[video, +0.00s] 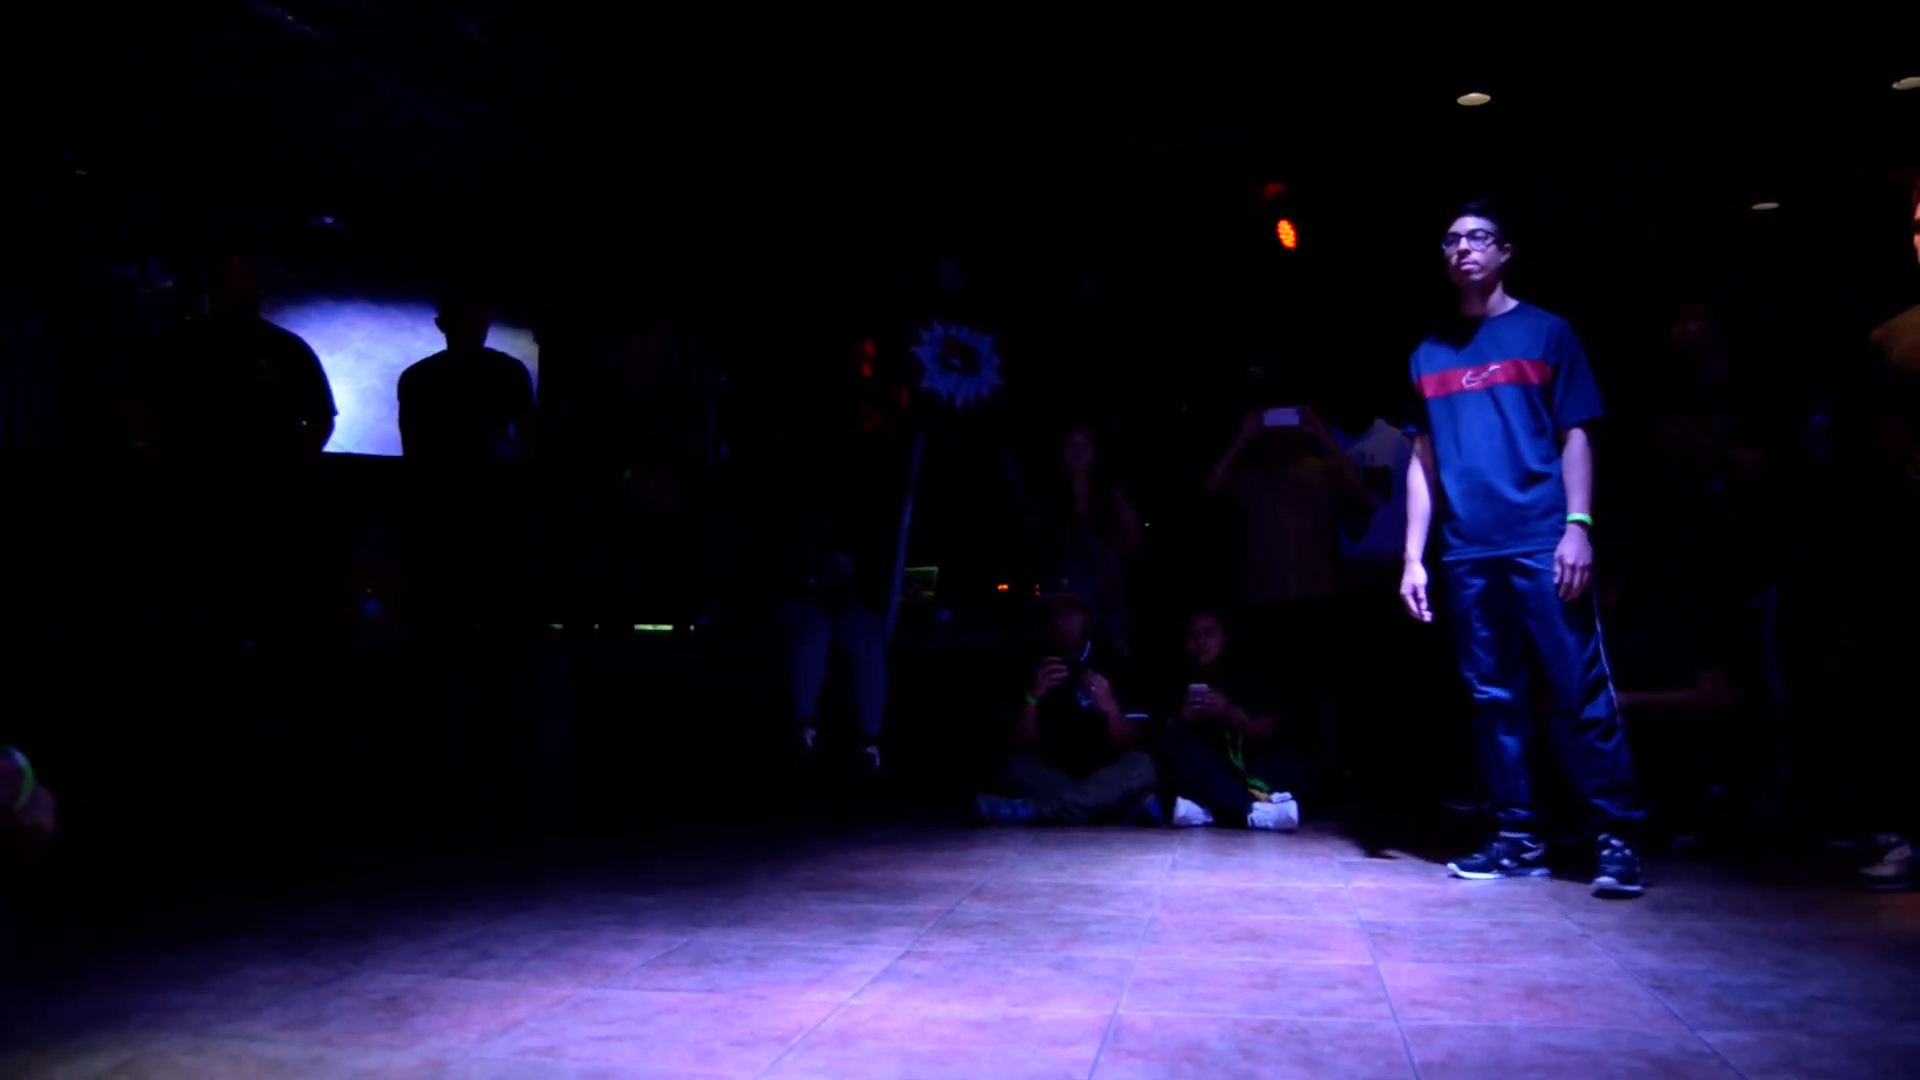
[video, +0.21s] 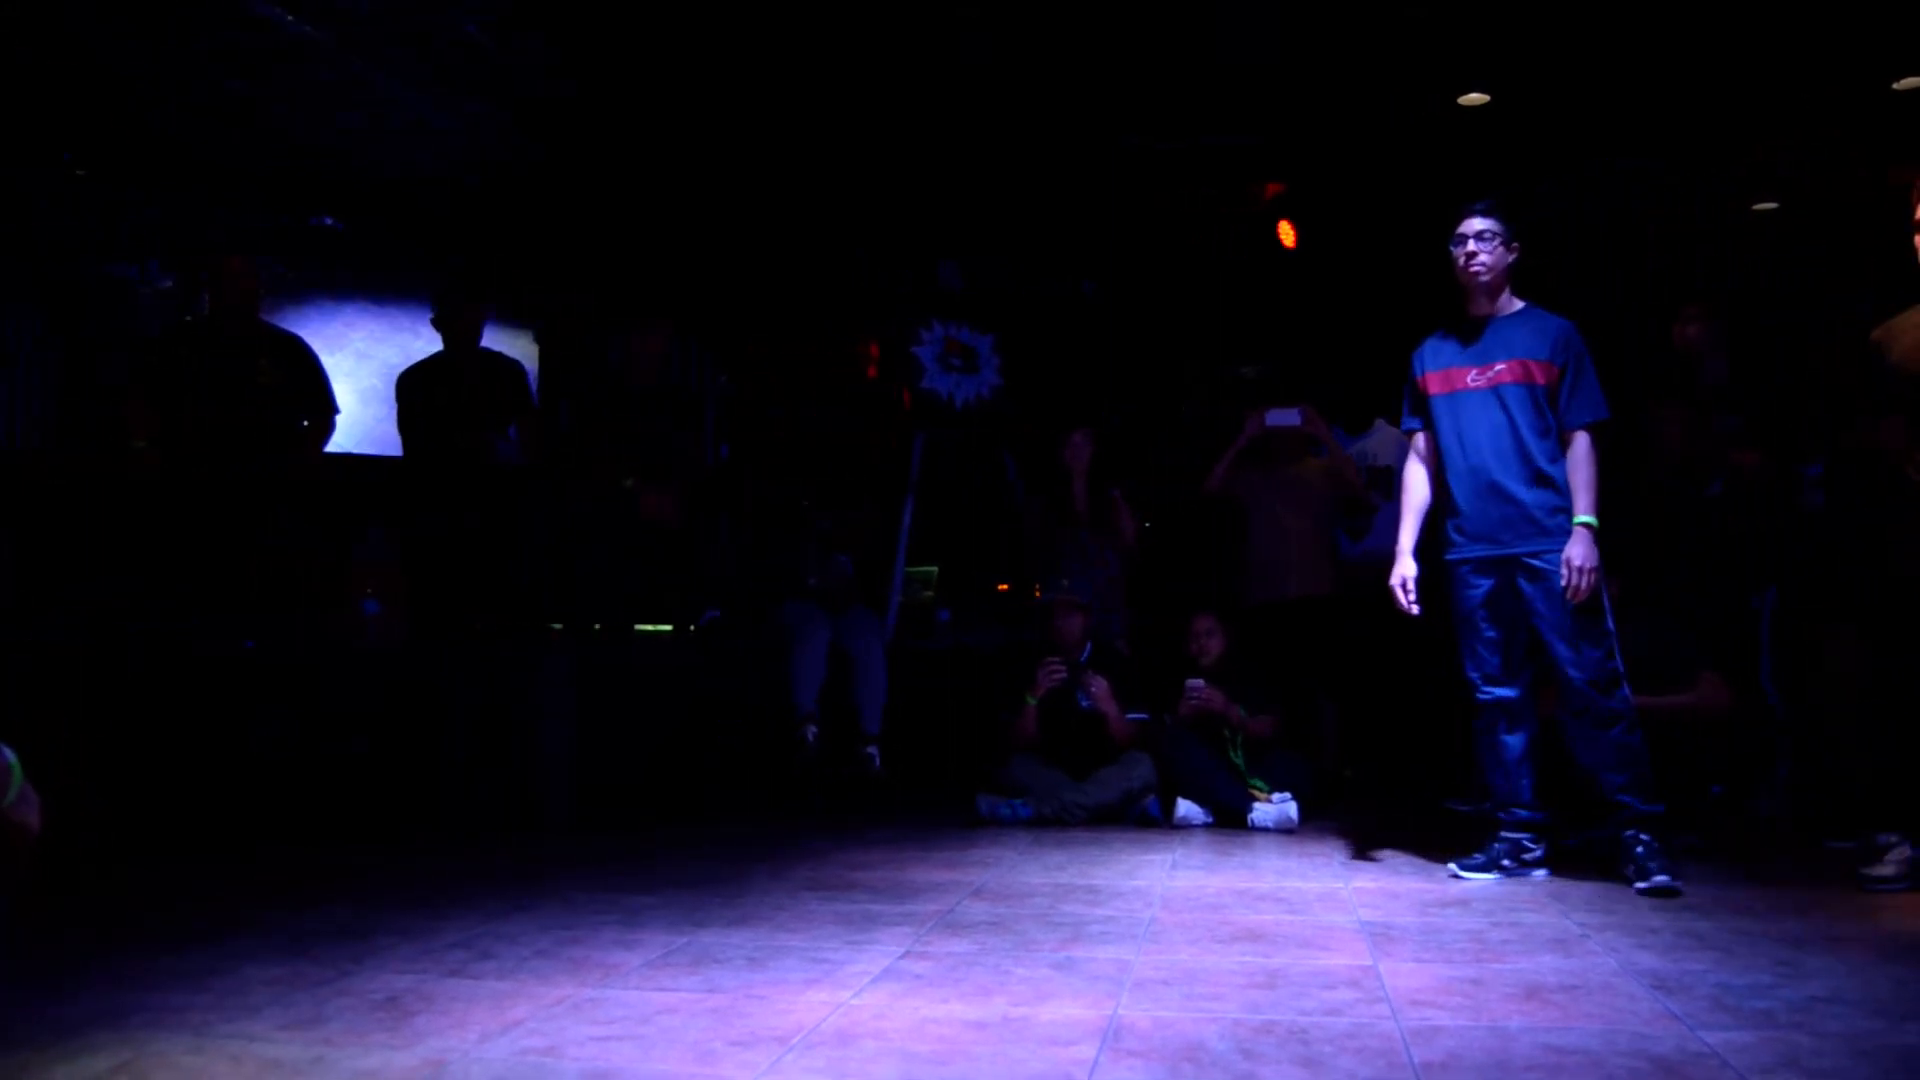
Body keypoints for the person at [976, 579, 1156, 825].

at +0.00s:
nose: (1066, 631)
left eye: (1072, 622)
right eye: (1059, 624)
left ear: (1085, 625)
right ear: (1049, 628)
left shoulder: (1109, 662)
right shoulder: (1035, 664)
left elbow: (1128, 738)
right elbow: (1021, 741)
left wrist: (1108, 705)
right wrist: (1034, 695)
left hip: (1100, 755)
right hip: (1050, 756)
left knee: (1140, 767)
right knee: (1016, 769)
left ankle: (1035, 809)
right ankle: (1119, 808)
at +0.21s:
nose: (1066, 629)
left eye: (1073, 620)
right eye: (1059, 621)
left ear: (1086, 623)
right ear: (1049, 627)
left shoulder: (1108, 662)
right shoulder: (1035, 664)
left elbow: (1127, 738)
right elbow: (1021, 741)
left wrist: (1107, 705)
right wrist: (1034, 695)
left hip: (1100, 756)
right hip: (1050, 757)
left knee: (1141, 766)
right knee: (1016, 769)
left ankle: (1036, 809)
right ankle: (1119, 808)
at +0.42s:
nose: (1065, 627)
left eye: (1072, 618)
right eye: (1058, 619)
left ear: (1086, 622)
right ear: (1047, 625)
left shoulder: (1107, 661)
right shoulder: (1033, 662)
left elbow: (1127, 738)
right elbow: (1021, 741)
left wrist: (1108, 705)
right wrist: (1034, 695)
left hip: (1100, 755)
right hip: (1050, 756)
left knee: (1141, 766)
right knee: (1016, 769)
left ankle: (1036, 809)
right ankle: (1119, 808)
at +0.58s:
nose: (1067, 629)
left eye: (1074, 620)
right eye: (1059, 621)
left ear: (1087, 623)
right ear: (1048, 626)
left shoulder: (1108, 661)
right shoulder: (1034, 661)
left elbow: (1126, 738)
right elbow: (1021, 741)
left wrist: (1107, 704)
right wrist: (1035, 695)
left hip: (1100, 756)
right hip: (1049, 756)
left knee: (1141, 767)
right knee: (1015, 769)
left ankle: (1035, 809)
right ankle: (1119, 808)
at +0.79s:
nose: (1067, 629)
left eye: (1074, 620)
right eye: (1060, 622)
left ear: (1087, 623)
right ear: (1048, 627)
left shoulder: (1108, 662)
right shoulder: (1035, 662)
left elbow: (1127, 738)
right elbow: (1021, 741)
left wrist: (1107, 704)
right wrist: (1034, 695)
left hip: (1100, 756)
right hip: (1050, 756)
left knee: (1141, 766)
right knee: (1015, 769)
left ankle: (1036, 809)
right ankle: (1119, 808)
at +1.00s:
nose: (1065, 624)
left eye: (1074, 615)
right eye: (1058, 615)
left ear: (1088, 619)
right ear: (1046, 620)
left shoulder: (1110, 659)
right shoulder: (1032, 661)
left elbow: (1131, 741)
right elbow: (1021, 745)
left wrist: (1108, 705)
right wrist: (1033, 696)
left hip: (1101, 760)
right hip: (1049, 760)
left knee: (1142, 768)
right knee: (1013, 769)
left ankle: (1037, 809)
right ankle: (1121, 809)